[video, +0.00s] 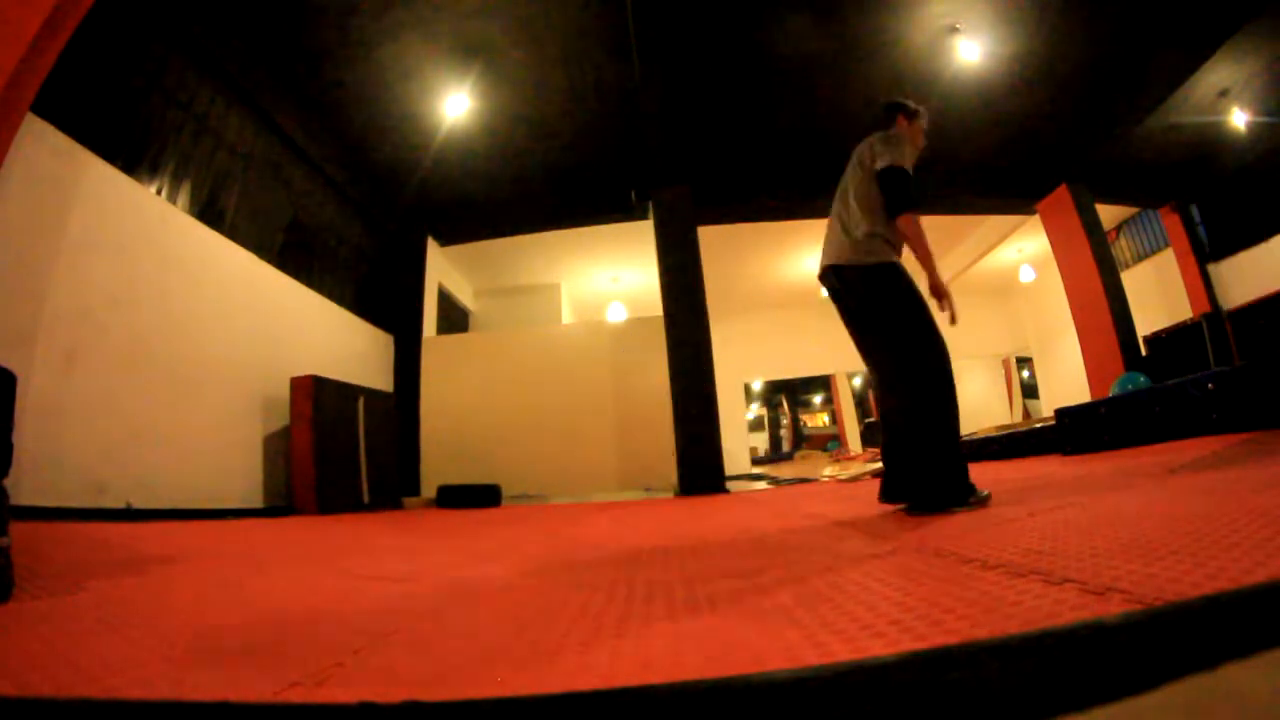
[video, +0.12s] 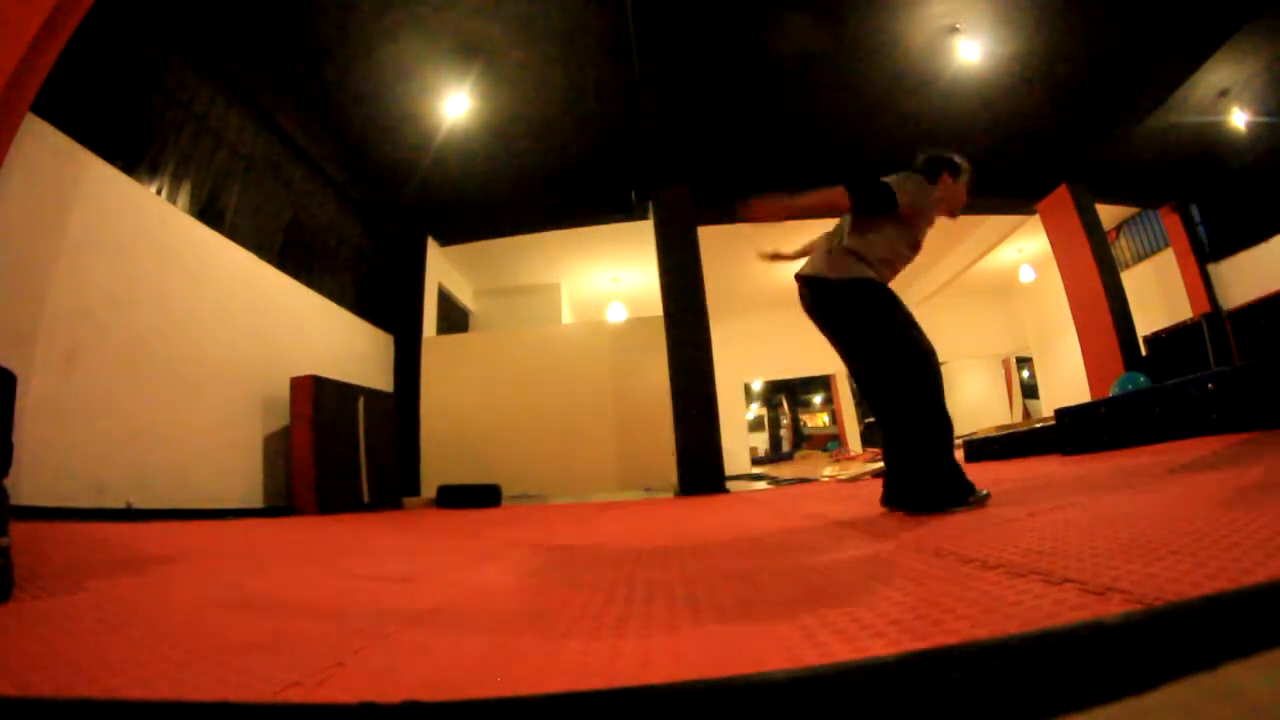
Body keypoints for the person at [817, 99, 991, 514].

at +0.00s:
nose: (922, 139)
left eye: (923, 132)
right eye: (919, 129)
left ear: (892, 122)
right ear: (903, 121)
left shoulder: (868, 152)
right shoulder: (890, 143)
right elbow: (901, 210)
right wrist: (933, 276)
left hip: (844, 270)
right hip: (870, 266)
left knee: (893, 374)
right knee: (928, 365)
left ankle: (902, 480)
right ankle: (943, 484)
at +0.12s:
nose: (964, 200)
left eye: (966, 191)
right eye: (964, 188)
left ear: (942, 184)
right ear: (945, 180)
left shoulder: (911, 208)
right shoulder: (913, 189)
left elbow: (840, 234)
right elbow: (845, 199)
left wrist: (794, 253)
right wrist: (784, 206)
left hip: (831, 284)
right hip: (844, 283)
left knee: (890, 379)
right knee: (917, 368)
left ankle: (906, 486)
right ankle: (939, 485)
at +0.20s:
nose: (975, 250)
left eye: (977, 240)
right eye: (974, 238)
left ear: (951, 231)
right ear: (957, 230)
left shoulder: (905, 247)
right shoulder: (918, 224)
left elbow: (849, 226)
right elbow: (850, 184)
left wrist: (812, 208)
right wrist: (794, 146)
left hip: (822, 316)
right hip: (842, 310)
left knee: (890, 393)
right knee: (928, 361)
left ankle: (903, 486)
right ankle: (935, 484)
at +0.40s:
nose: (952, 253)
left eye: (951, 244)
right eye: (948, 243)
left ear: (925, 243)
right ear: (932, 241)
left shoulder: (907, 275)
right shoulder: (900, 266)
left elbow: (838, 320)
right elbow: (835, 319)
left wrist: (794, 363)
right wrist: (796, 367)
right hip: (843, 377)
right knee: (950, 372)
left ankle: (908, 488)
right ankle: (940, 490)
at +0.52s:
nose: (833, 201)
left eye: (825, 197)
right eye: (823, 198)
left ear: (807, 223)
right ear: (814, 211)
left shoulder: (821, 258)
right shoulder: (839, 240)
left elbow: (891, 298)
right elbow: (903, 256)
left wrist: (939, 278)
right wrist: (963, 253)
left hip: (847, 388)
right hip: (868, 374)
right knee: (960, 376)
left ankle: (910, 485)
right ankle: (944, 487)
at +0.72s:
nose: (684, 234)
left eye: (685, 243)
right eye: (689, 245)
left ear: (689, 242)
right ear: (695, 243)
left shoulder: (727, 222)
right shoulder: (708, 213)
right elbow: (632, 208)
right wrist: (570, 238)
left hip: (857, 235)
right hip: (866, 223)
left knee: (924, 318)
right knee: (959, 292)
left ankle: (935, 428)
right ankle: (975, 434)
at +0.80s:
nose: (684, 299)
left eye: (686, 302)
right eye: (693, 303)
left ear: (694, 284)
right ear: (702, 285)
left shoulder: (705, 252)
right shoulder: (689, 250)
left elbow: (670, 239)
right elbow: (631, 304)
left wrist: (634, 232)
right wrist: (603, 369)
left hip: (822, 191)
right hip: (823, 178)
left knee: (897, 241)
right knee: (930, 192)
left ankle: (918, 326)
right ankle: (931, 319)